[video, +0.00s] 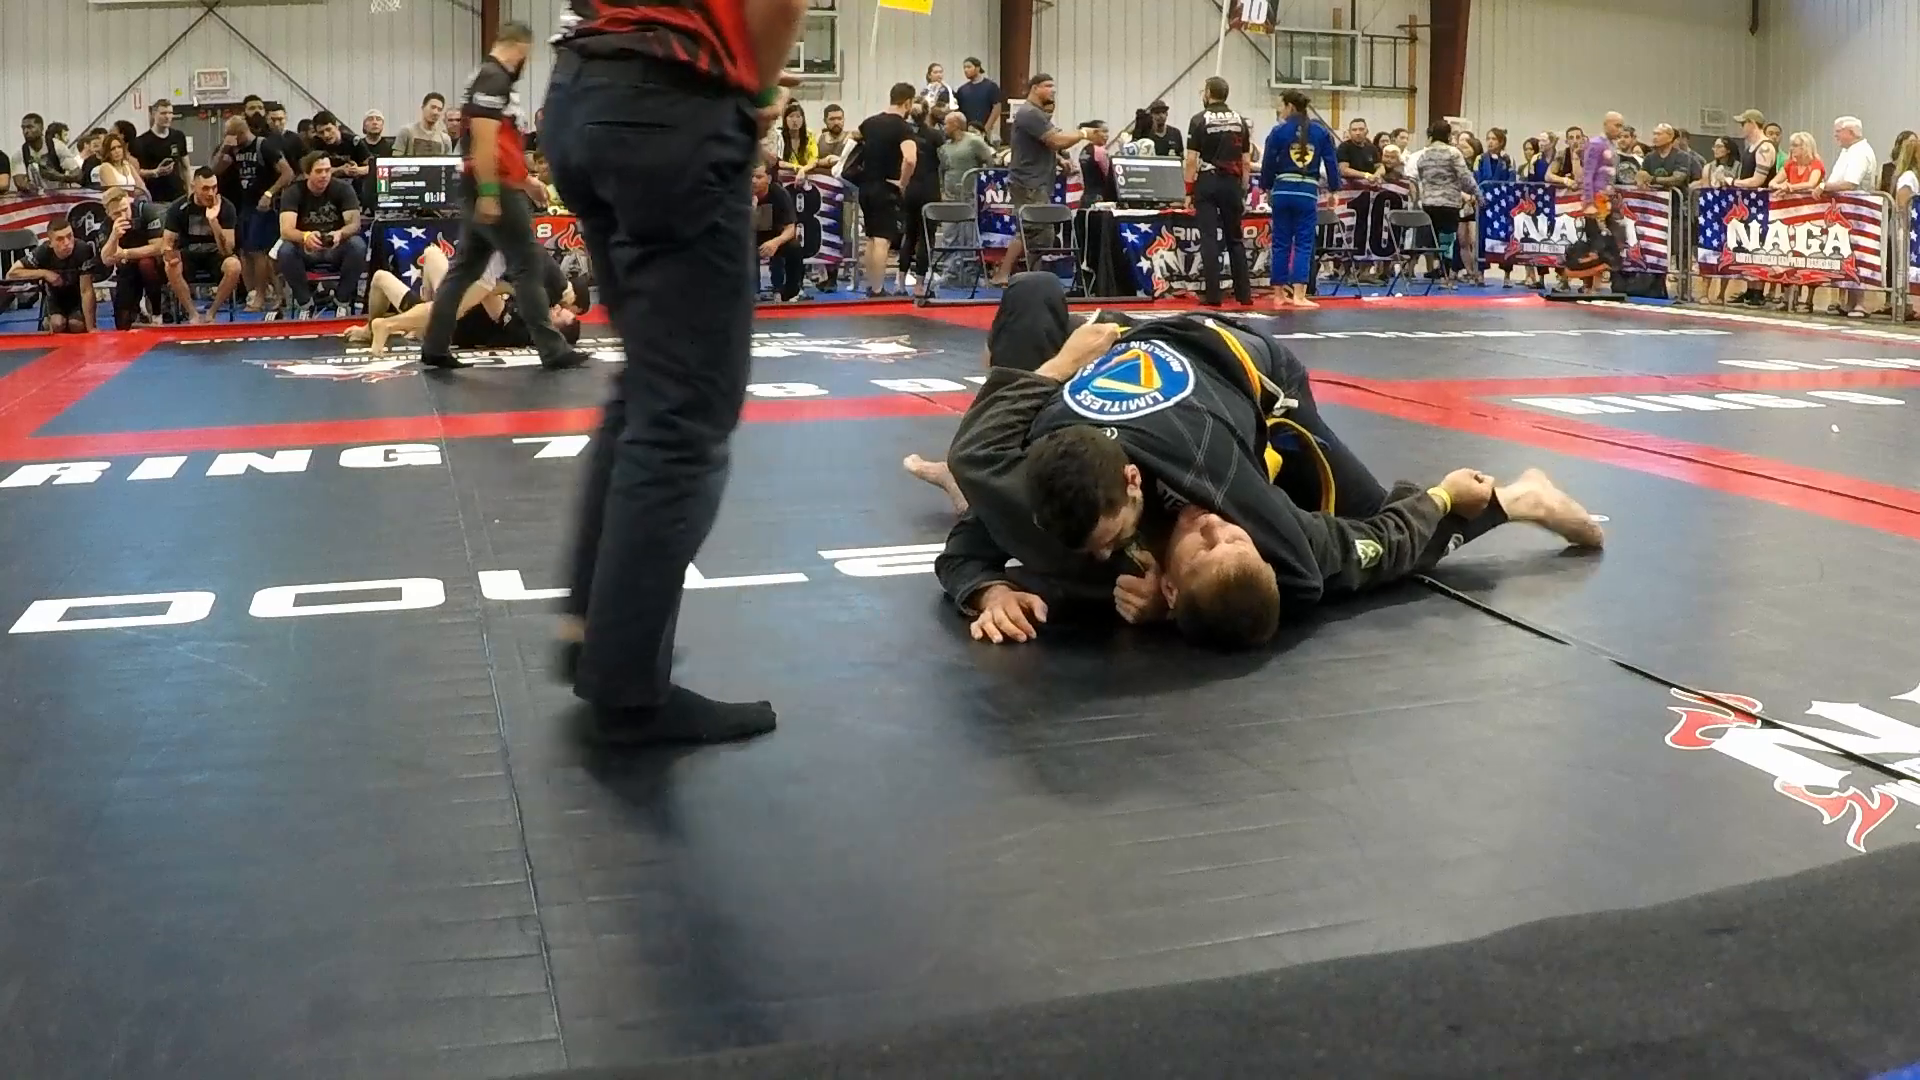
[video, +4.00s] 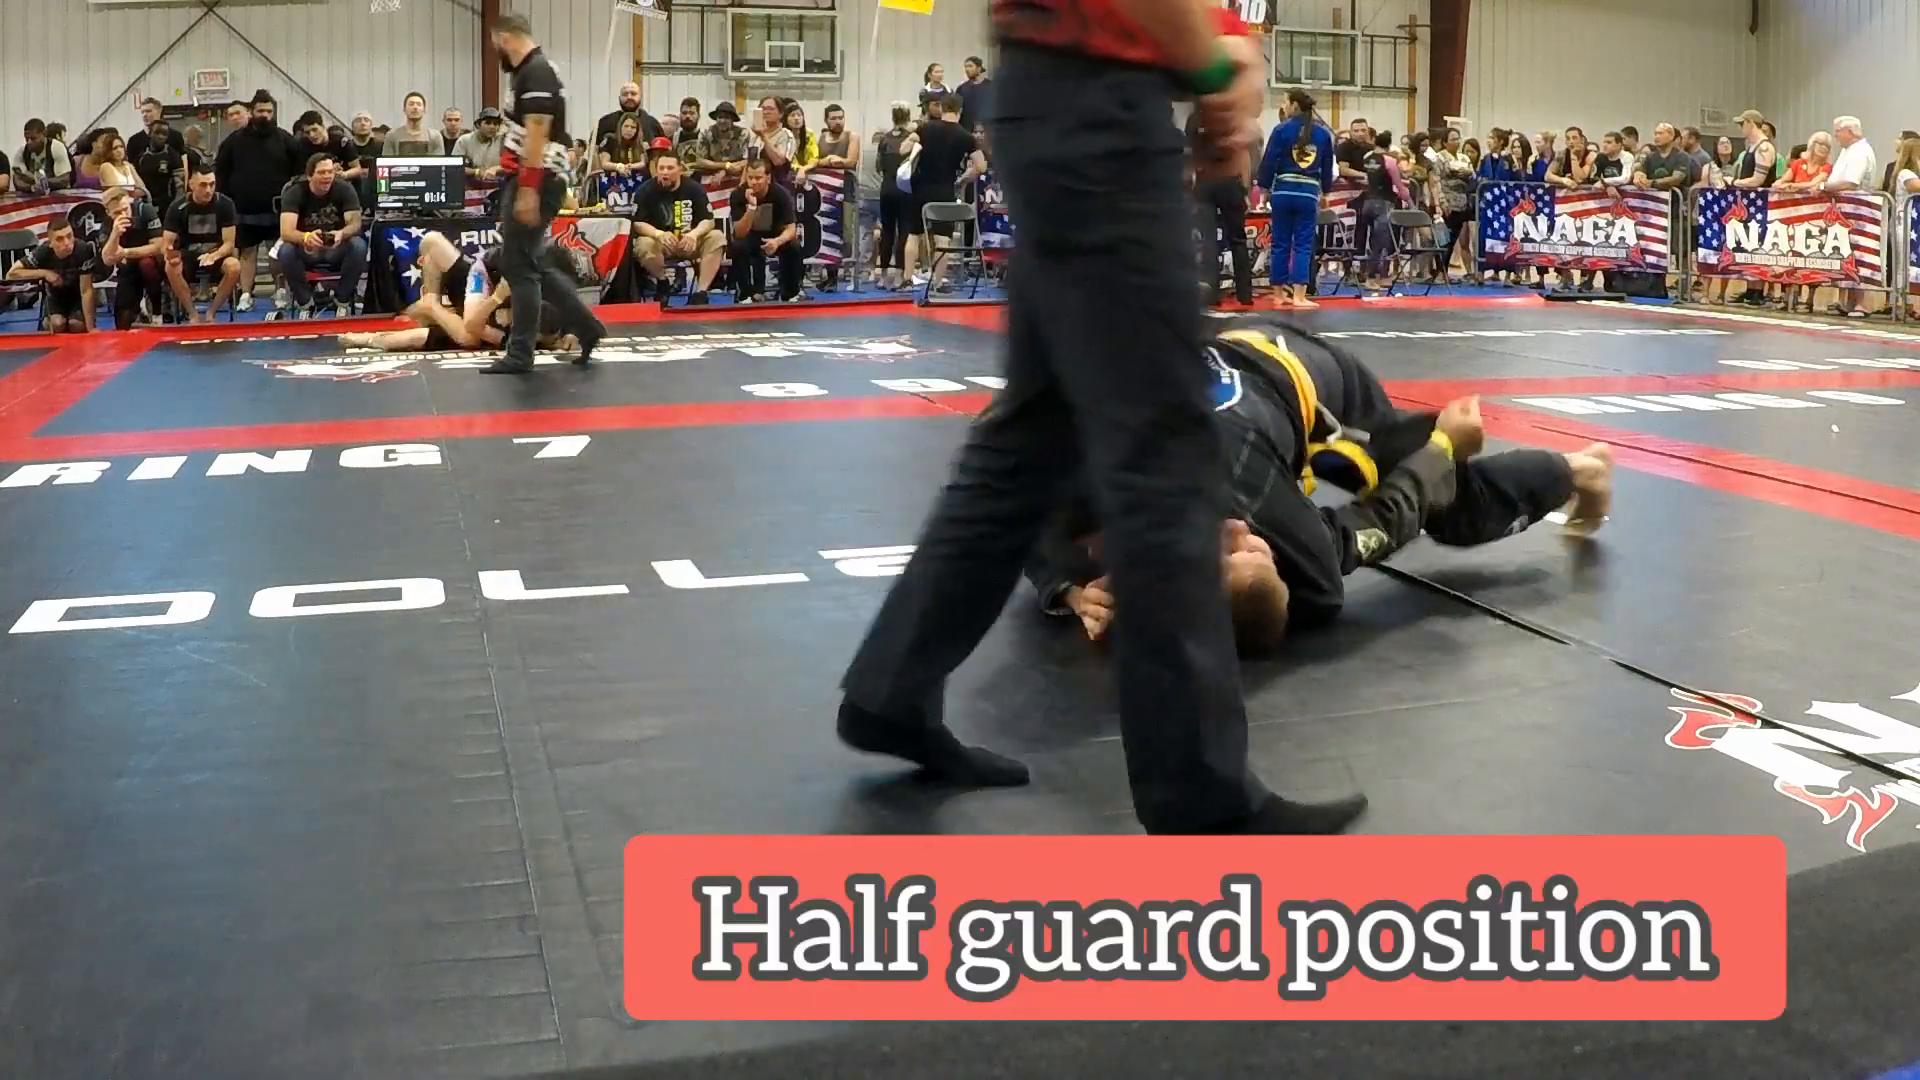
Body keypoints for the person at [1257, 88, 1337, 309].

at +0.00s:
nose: (1281, 110)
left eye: (1283, 106)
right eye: (1282, 106)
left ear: (1290, 107)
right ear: (1304, 106)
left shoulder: (1279, 130)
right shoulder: (1320, 130)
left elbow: (1268, 162)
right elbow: (1331, 162)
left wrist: (1266, 185)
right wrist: (1333, 189)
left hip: (1282, 193)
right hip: (1307, 195)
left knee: (1281, 241)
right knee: (1304, 243)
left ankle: (1278, 294)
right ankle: (1299, 295)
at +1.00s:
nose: (1286, 107)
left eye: (1288, 103)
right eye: (1287, 103)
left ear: (1296, 105)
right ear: (1308, 105)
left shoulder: (1283, 128)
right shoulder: (1322, 130)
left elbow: (1271, 159)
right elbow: (1334, 159)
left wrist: (1265, 184)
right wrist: (1336, 182)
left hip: (1285, 192)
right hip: (1309, 194)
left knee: (1281, 241)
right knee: (1305, 243)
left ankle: (1279, 293)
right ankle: (1299, 296)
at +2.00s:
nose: (1285, 108)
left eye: (1287, 104)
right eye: (1287, 104)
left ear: (1293, 105)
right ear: (1308, 105)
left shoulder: (1282, 128)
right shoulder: (1322, 130)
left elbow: (1269, 160)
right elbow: (1338, 156)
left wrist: (1263, 183)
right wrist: (1342, 168)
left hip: (1283, 191)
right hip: (1308, 194)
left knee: (1281, 242)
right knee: (1304, 243)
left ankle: (1278, 294)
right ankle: (1299, 296)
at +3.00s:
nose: (1283, 108)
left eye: (1285, 104)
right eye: (1284, 104)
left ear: (1295, 106)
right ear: (1306, 107)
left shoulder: (1282, 130)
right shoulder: (1323, 133)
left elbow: (1271, 162)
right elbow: (1328, 165)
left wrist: (1266, 187)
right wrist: (1328, 188)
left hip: (1284, 191)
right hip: (1309, 194)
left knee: (1281, 242)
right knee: (1304, 243)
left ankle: (1278, 293)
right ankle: (1299, 295)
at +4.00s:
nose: (1283, 106)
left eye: (1286, 103)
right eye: (1285, 102)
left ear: (1295, 105)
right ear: (1307, 107)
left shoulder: (1282, 129)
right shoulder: (1323, 132)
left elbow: (1269, 160)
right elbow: (1327, 166)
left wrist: (1264, 186)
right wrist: (1325, 190)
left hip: (1283, 190)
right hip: (1309, 193)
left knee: (1281, 242)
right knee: (1303, 243)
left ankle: (1278, 293)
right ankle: (1299, 296)